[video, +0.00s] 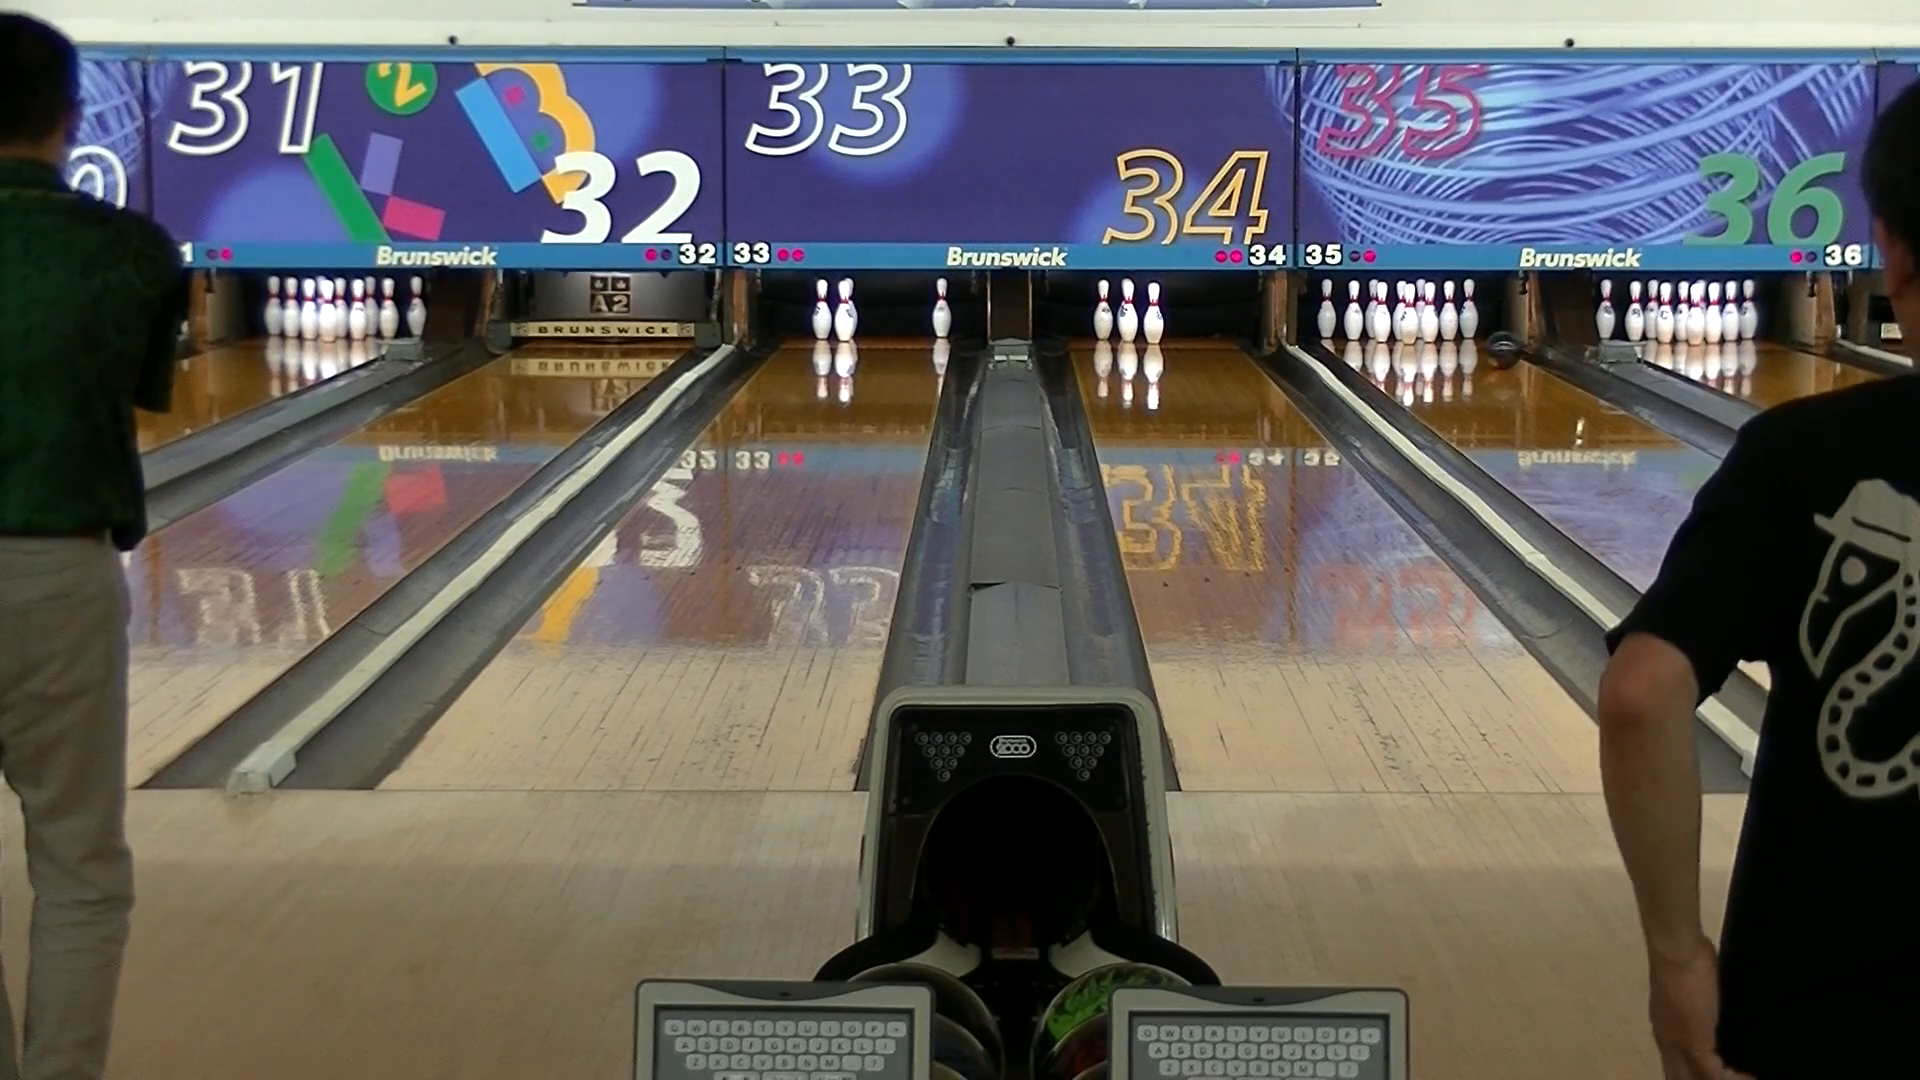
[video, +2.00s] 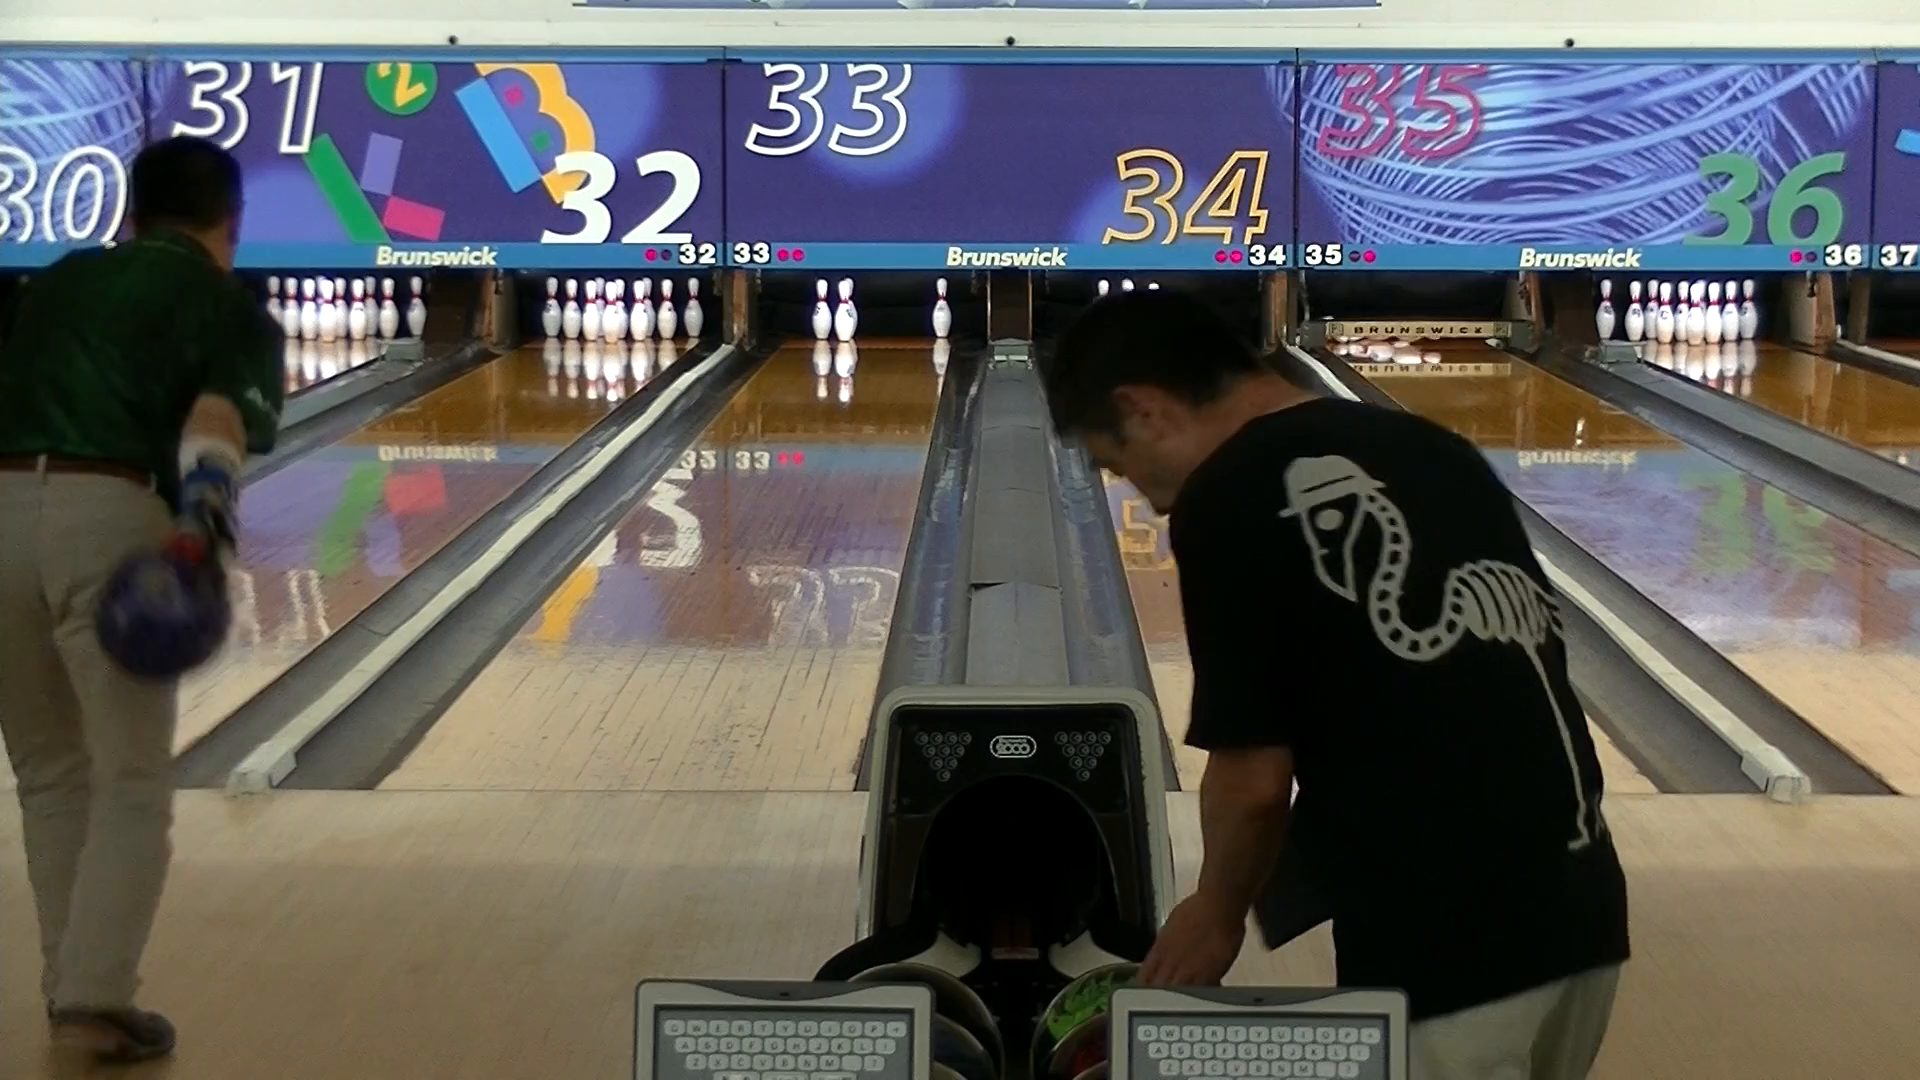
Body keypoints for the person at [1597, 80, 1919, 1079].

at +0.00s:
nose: (1878, 258)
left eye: (1875, 237)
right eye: (1887, 234)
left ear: (1893, 252)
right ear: (1901, 252)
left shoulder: (1814, 452)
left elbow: (1639, 693)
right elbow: (1638, 695)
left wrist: (1676, 950)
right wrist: (1677, 952)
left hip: (1810, 1004)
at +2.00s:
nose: (1139, 496)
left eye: (1117, 465)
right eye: (1115, 474)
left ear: (1147, 411)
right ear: (1239, 367)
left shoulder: (1227, 499)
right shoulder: (1436, 445)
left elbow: (1254, 780)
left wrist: (1216, 910)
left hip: (1437, 949)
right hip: (1584, 914)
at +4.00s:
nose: (1341, 385)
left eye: (1335, 338)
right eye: (1322, 353)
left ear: (1429, 285)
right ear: (1433, 287)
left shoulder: (1516, 467)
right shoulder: (1622, 413)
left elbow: (1495, 765)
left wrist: (1318, 814)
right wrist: (1309, 570)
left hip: (1514, 1007)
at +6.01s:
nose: (1266, 405)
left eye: (1254, 366)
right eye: (1252, 366)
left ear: (1298, 373)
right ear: (1455, 311)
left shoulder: (1585, 584)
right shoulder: (1426, 543)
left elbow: (1736, 941)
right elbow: (1403, 840)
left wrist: (1499, 1075)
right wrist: (1286, 996)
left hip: (1758, 1064)